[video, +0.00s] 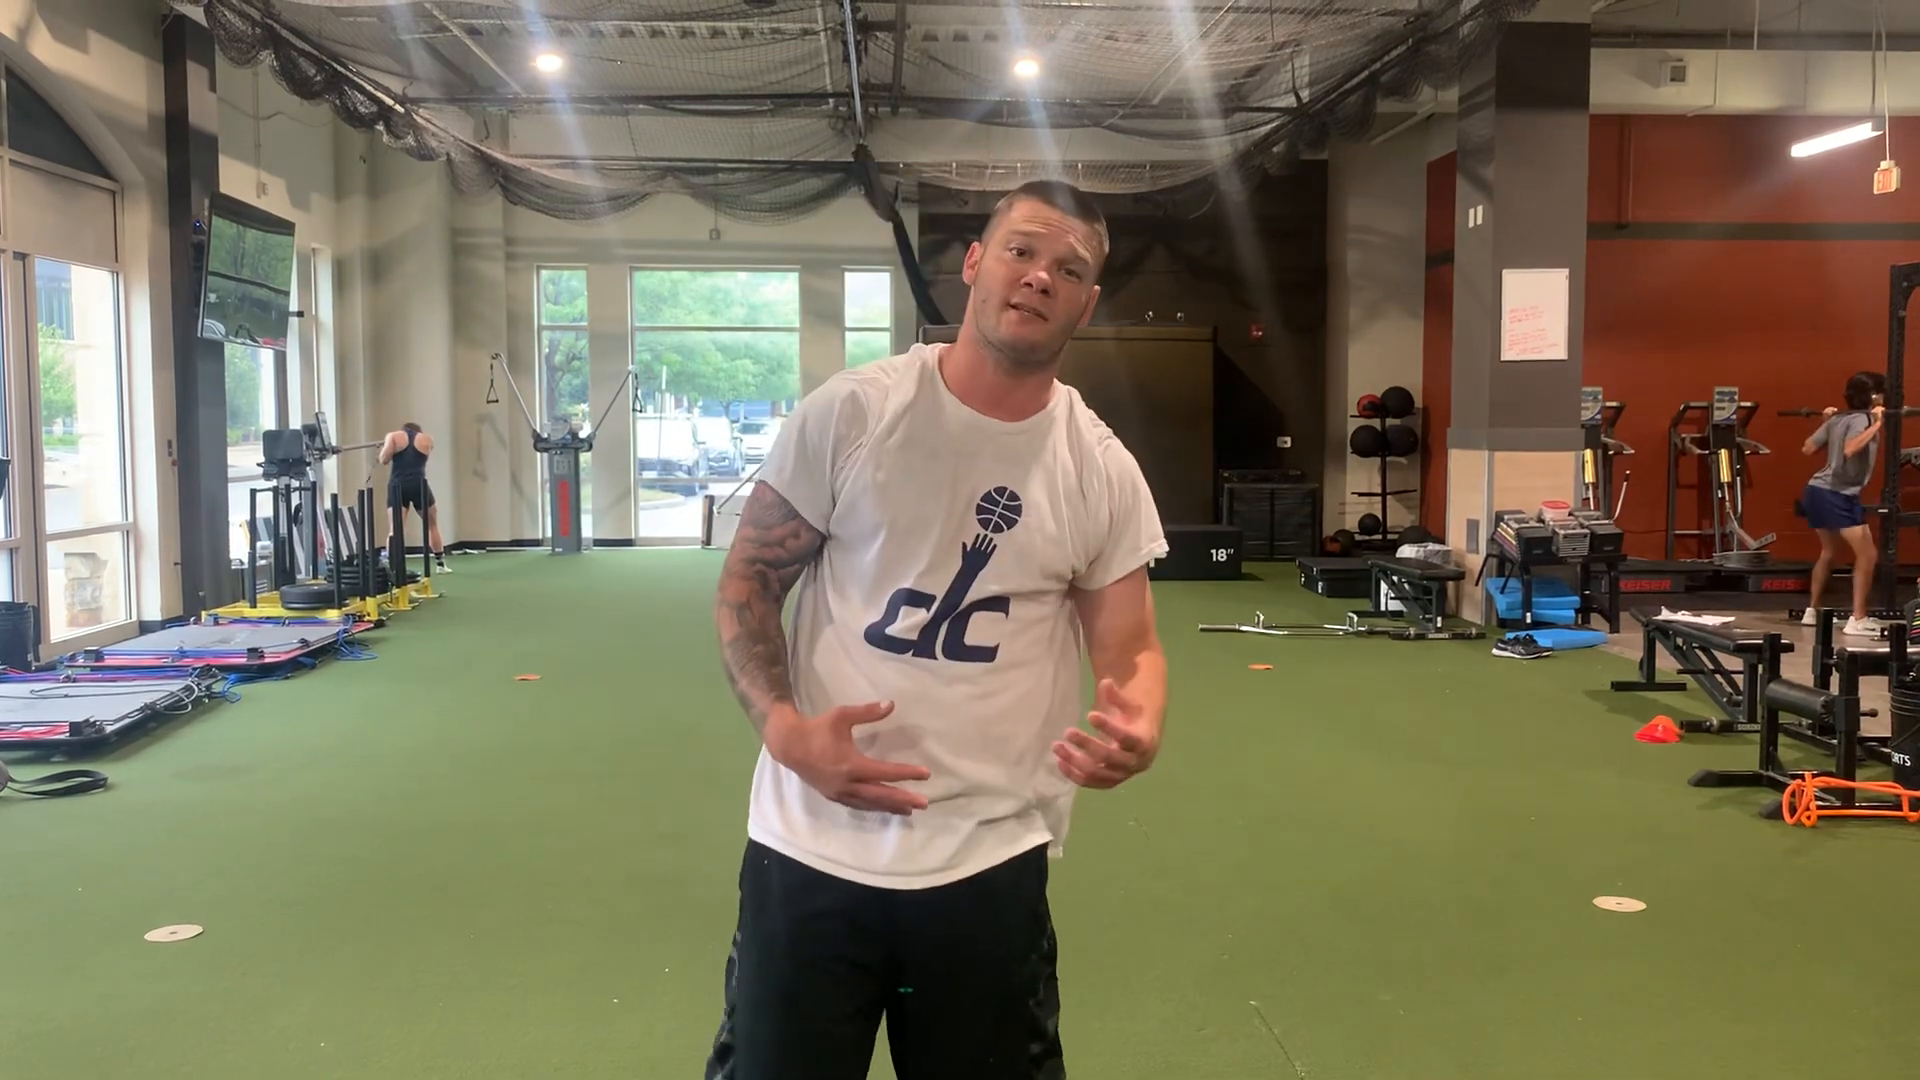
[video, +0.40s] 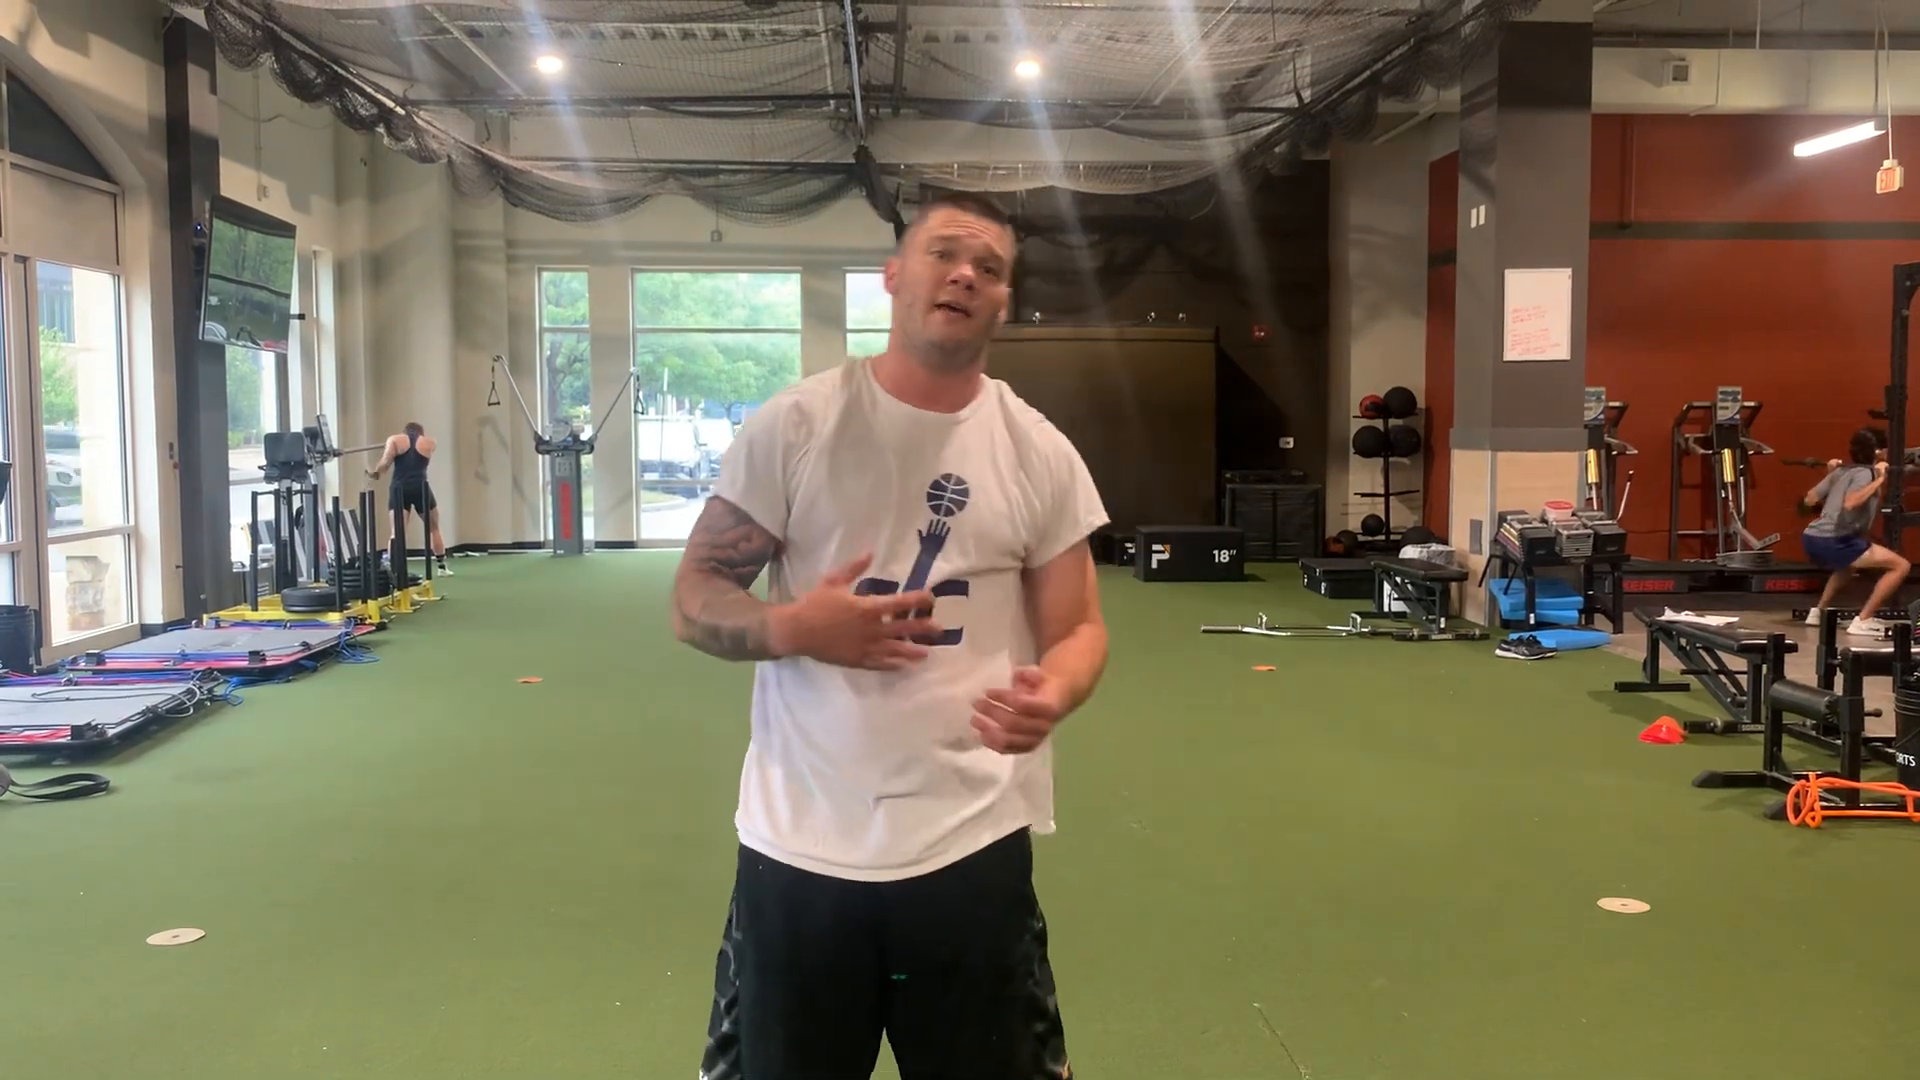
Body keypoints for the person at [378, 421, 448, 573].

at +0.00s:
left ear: (403, 429)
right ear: (419, 431)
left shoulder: (393, 436)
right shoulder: (427, 440)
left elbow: (383, 459)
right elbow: (424, 456)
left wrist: (383, 449)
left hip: (398, 485)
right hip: (419, 484)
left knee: (395, 528)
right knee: (432, 524)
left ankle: (389, 563)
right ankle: (441, 563)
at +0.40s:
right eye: (422, 435)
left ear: (405, 432)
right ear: (421, 433)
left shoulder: (394, 440)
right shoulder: (429, 443)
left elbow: (385, 462)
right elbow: (422, 461)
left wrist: (376, 473)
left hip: (399, 488)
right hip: (420, 487)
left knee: (396, 532)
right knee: (433, 528)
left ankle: (392, 567)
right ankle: (442, 566)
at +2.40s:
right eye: (423, 433)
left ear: (407, 433)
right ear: (424, 434)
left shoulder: (398, 449)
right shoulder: (432, 451)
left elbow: (390, 473)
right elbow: (429, 470)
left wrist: (387, 467)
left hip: (404, 496)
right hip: (425, 495)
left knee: (401, 539)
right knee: (439, 535)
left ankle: (396, 573)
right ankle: (448, 573)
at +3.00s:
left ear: (414, 437)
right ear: (431, 437)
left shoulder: (405, 453)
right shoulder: (440, 455)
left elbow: (398, 476)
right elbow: (434, 473)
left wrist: (388, 491)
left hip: (411, 499)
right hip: (432, 498)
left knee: (408, 543)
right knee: (446, 538)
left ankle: (404, 577)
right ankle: (455, 576)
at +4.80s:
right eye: (436, 431)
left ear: (421, 431)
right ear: (437, 431)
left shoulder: (412, 442)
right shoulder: (446, 445)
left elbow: (406, 463)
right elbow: (440, 465)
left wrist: (394, 480)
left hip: (416, 490)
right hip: (437, 489)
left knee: (414, 534)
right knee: (451, 530)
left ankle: (411, 570)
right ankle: (460, 567)